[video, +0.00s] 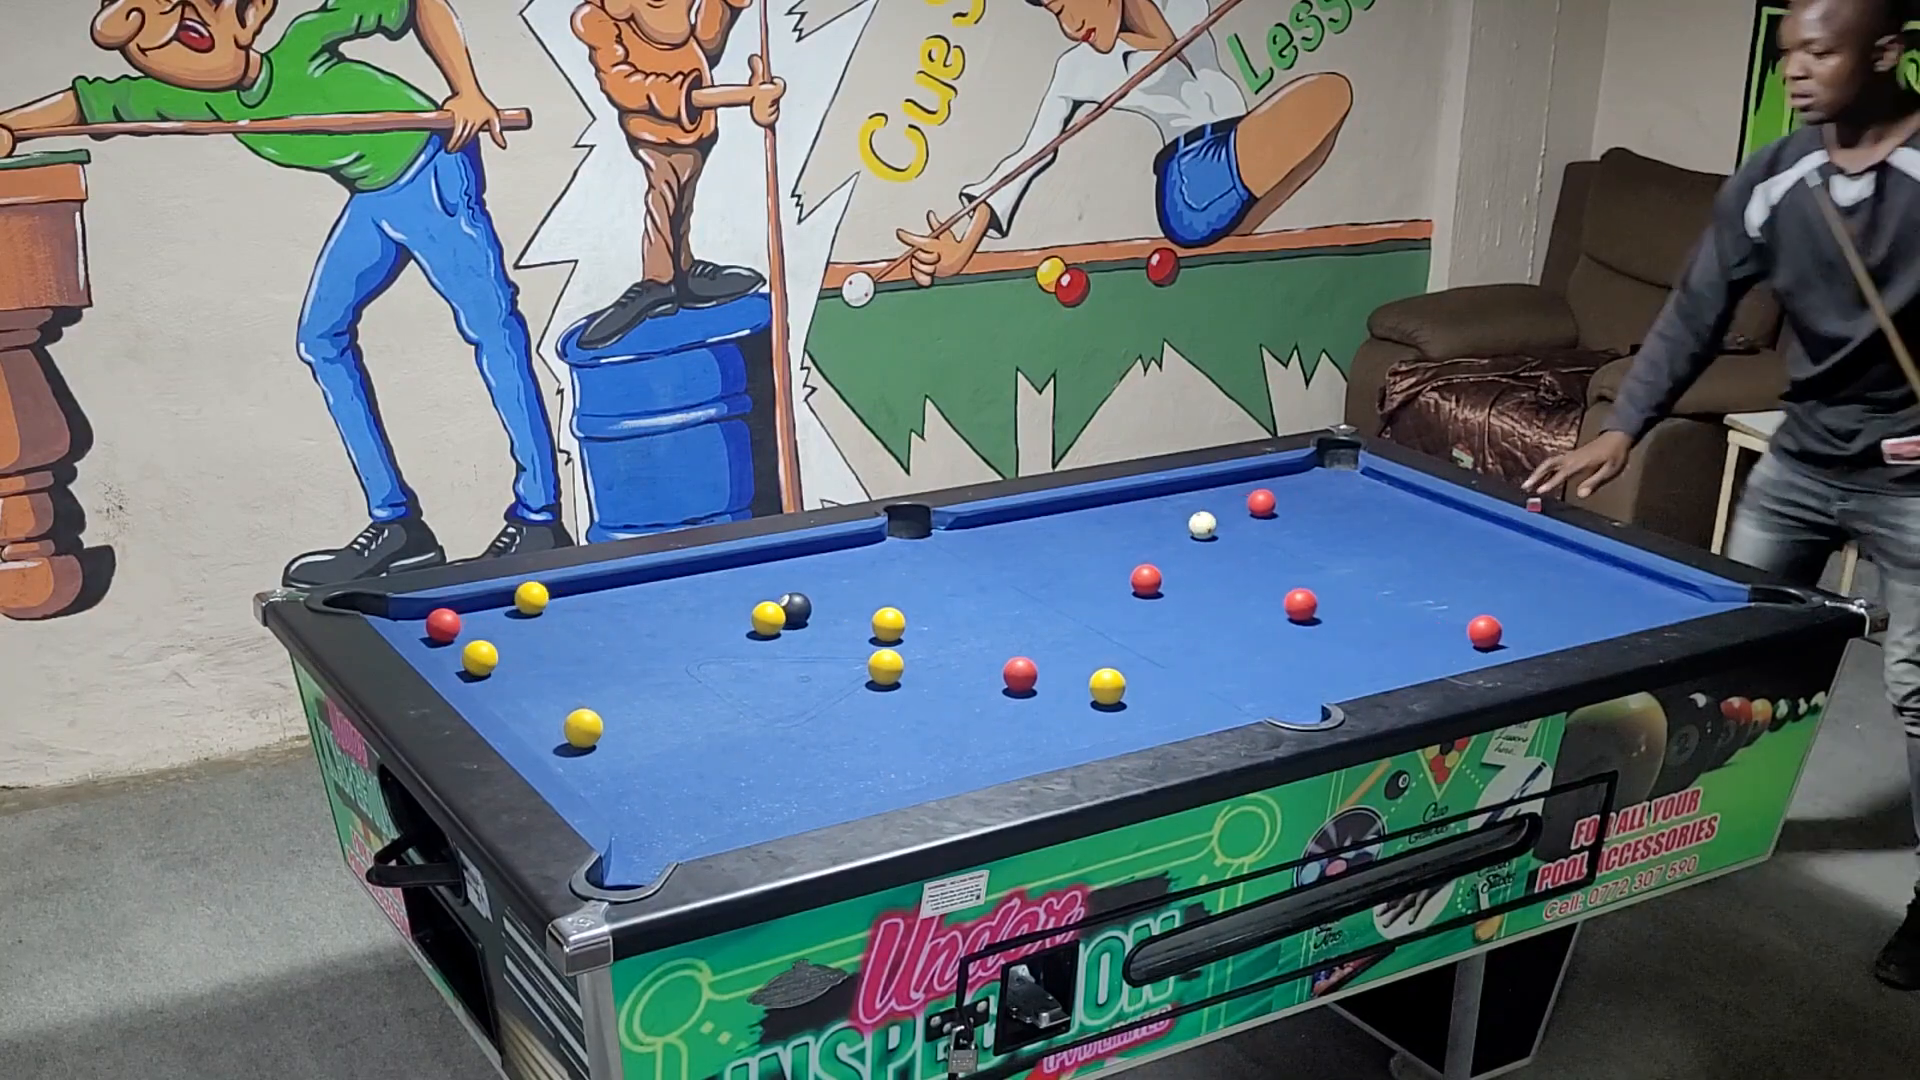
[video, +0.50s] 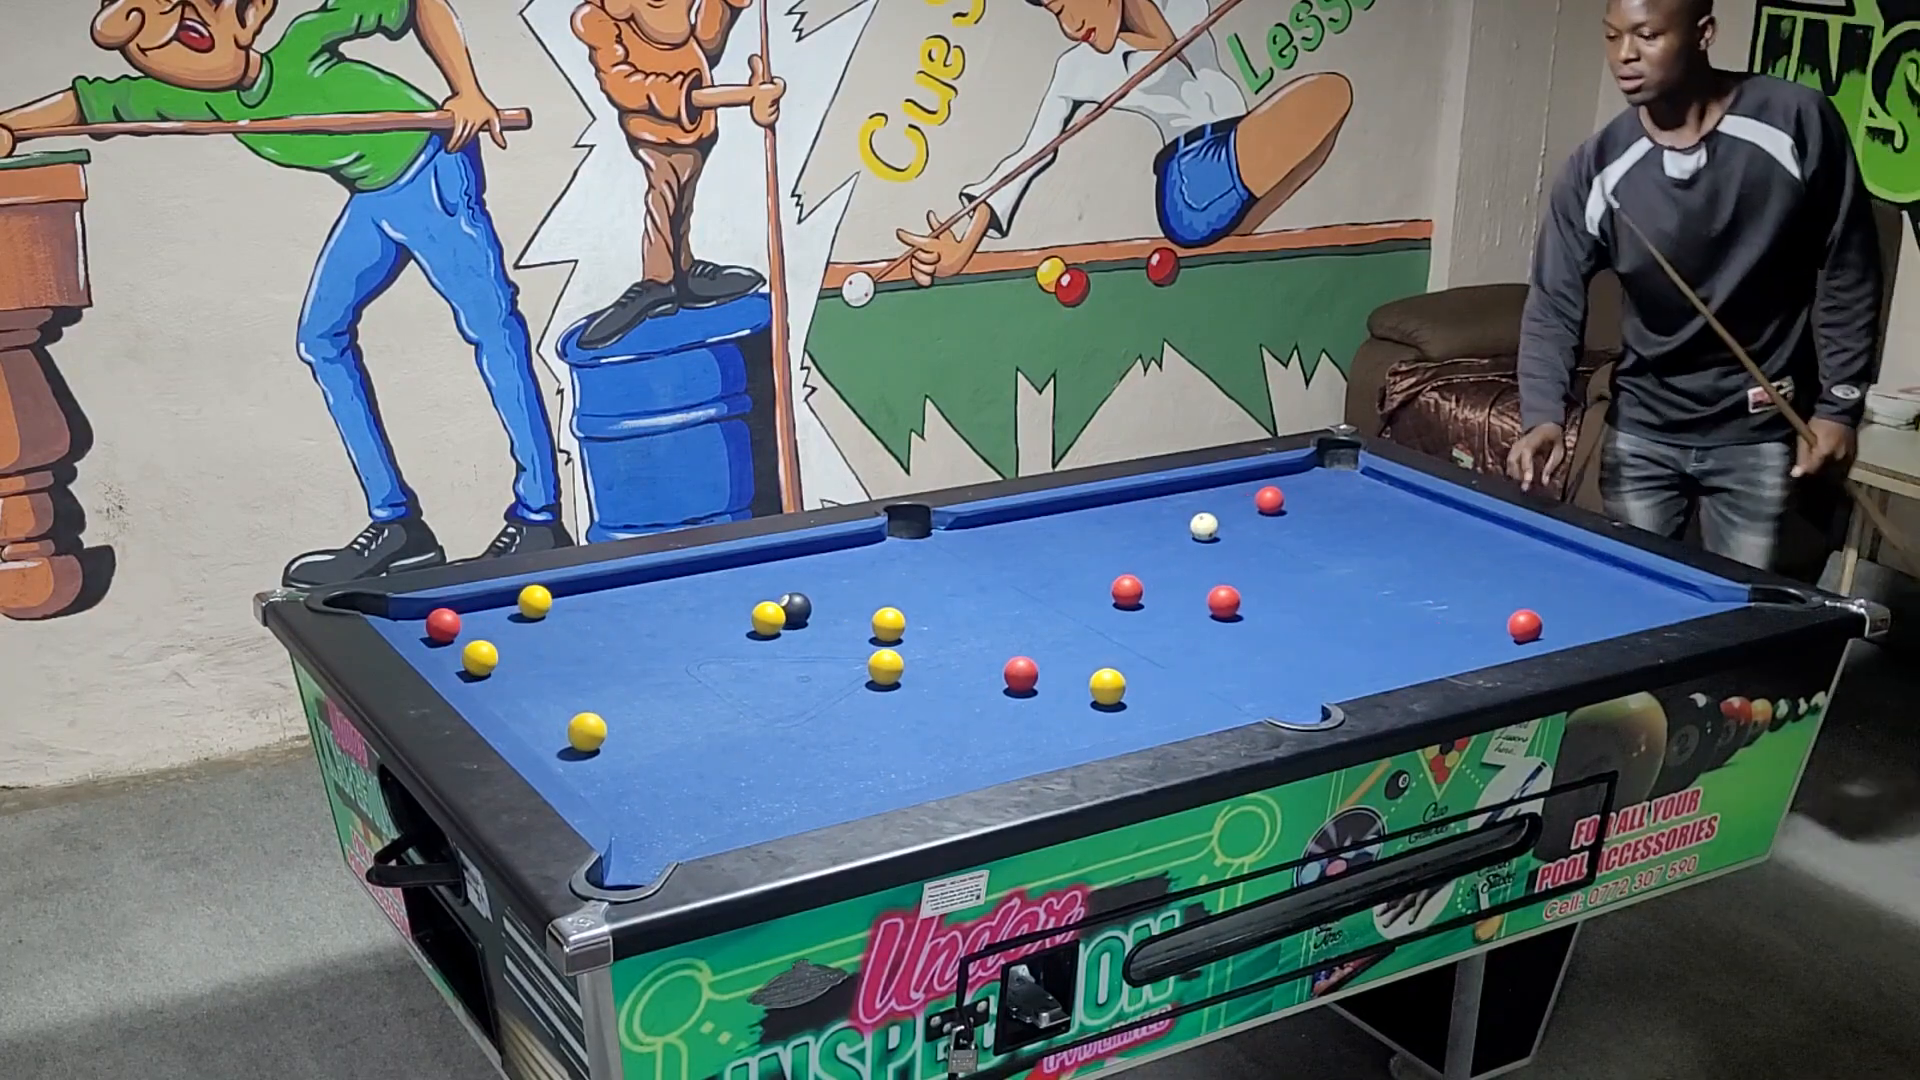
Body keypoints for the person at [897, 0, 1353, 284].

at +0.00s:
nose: (1069, 23)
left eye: (1071, 4)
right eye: (1056, 15)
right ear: (1055, 18)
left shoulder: (1176, 10)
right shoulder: (1076, 68)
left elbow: (1197, 61)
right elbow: (1028, 156)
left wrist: (1140, 11)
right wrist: (964, 245)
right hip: (1194, 183)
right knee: (1330, 91)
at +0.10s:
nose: (1069, 24)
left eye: (1070, 5)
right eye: (1056, 15)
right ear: (1055, 18)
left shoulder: (1176, 10)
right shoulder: (1076, 69)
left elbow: (1197, 58)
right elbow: (1028, 156)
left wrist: (1137, 11)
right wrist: (964, 246)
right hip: (1194, 180)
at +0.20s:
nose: (1070, 23)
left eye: (1071, 4)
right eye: (1056, 15)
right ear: (1055, 18)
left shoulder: (1175, 10)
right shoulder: (1076, 69)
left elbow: (1196, 56)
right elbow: (1028, 156)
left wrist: (1140, 13)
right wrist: (964, 245)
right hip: (1195, 176)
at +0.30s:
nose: (1070, 23)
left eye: (1072, 4)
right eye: (1057, 15)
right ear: (1055, 18)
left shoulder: (1175, 11)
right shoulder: (1076, 69)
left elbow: (1196, 60)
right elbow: (1028, 156)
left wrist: (1140, 11)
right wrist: (964, 245)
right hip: (1194, 181)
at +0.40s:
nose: (1069, 23)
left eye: (1071, 4)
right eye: (1056, 15)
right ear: (1055, 18)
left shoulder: (1176, 10)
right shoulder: (1076, 68)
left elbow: (1196, 60)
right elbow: (1028, 156)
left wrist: (1139, 10)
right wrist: (964, 245)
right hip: (1195, 182)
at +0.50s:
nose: (1069, 23)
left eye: (1071, 4)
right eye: (1056, 15)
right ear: (1055, 18)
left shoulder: (1176, 10)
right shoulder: (1076, 68)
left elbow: (1196, 60)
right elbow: (1029, 156)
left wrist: (1139, 10)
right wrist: (964, 245)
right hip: (1195, 182)